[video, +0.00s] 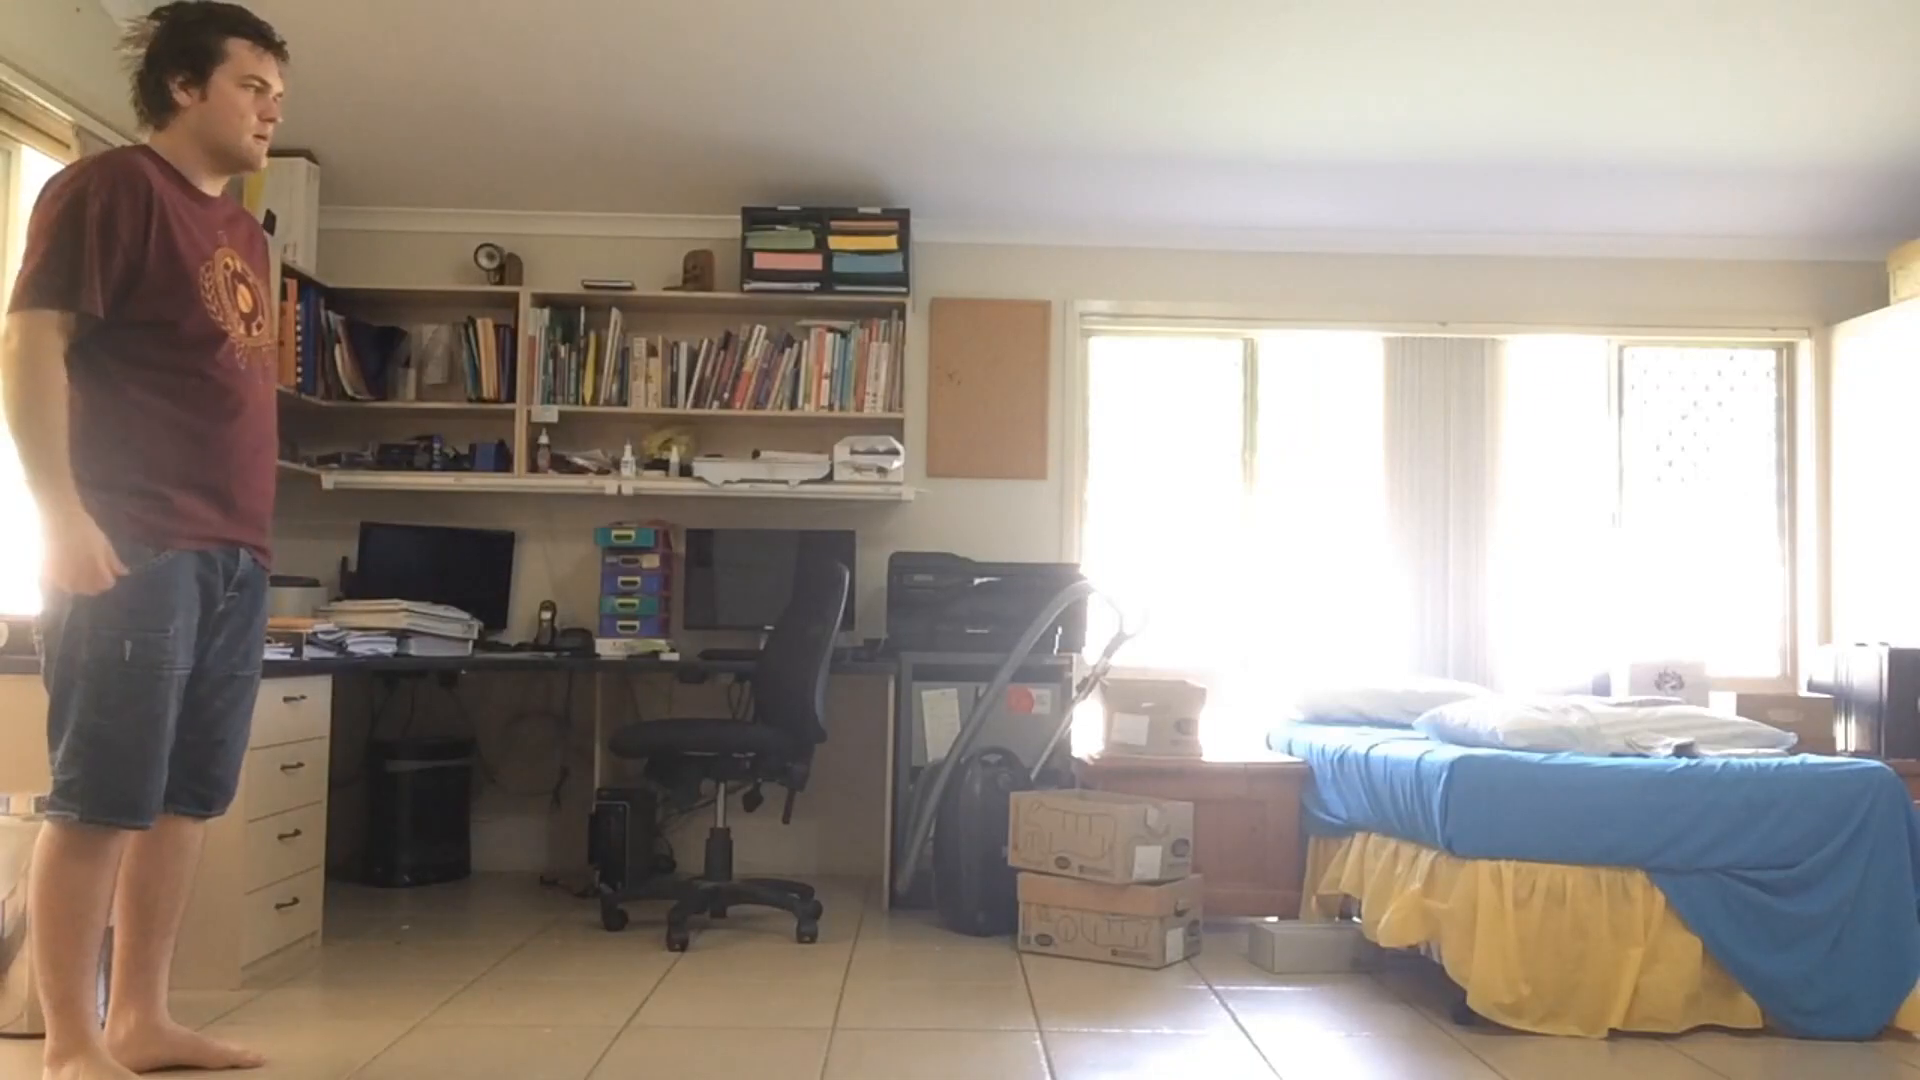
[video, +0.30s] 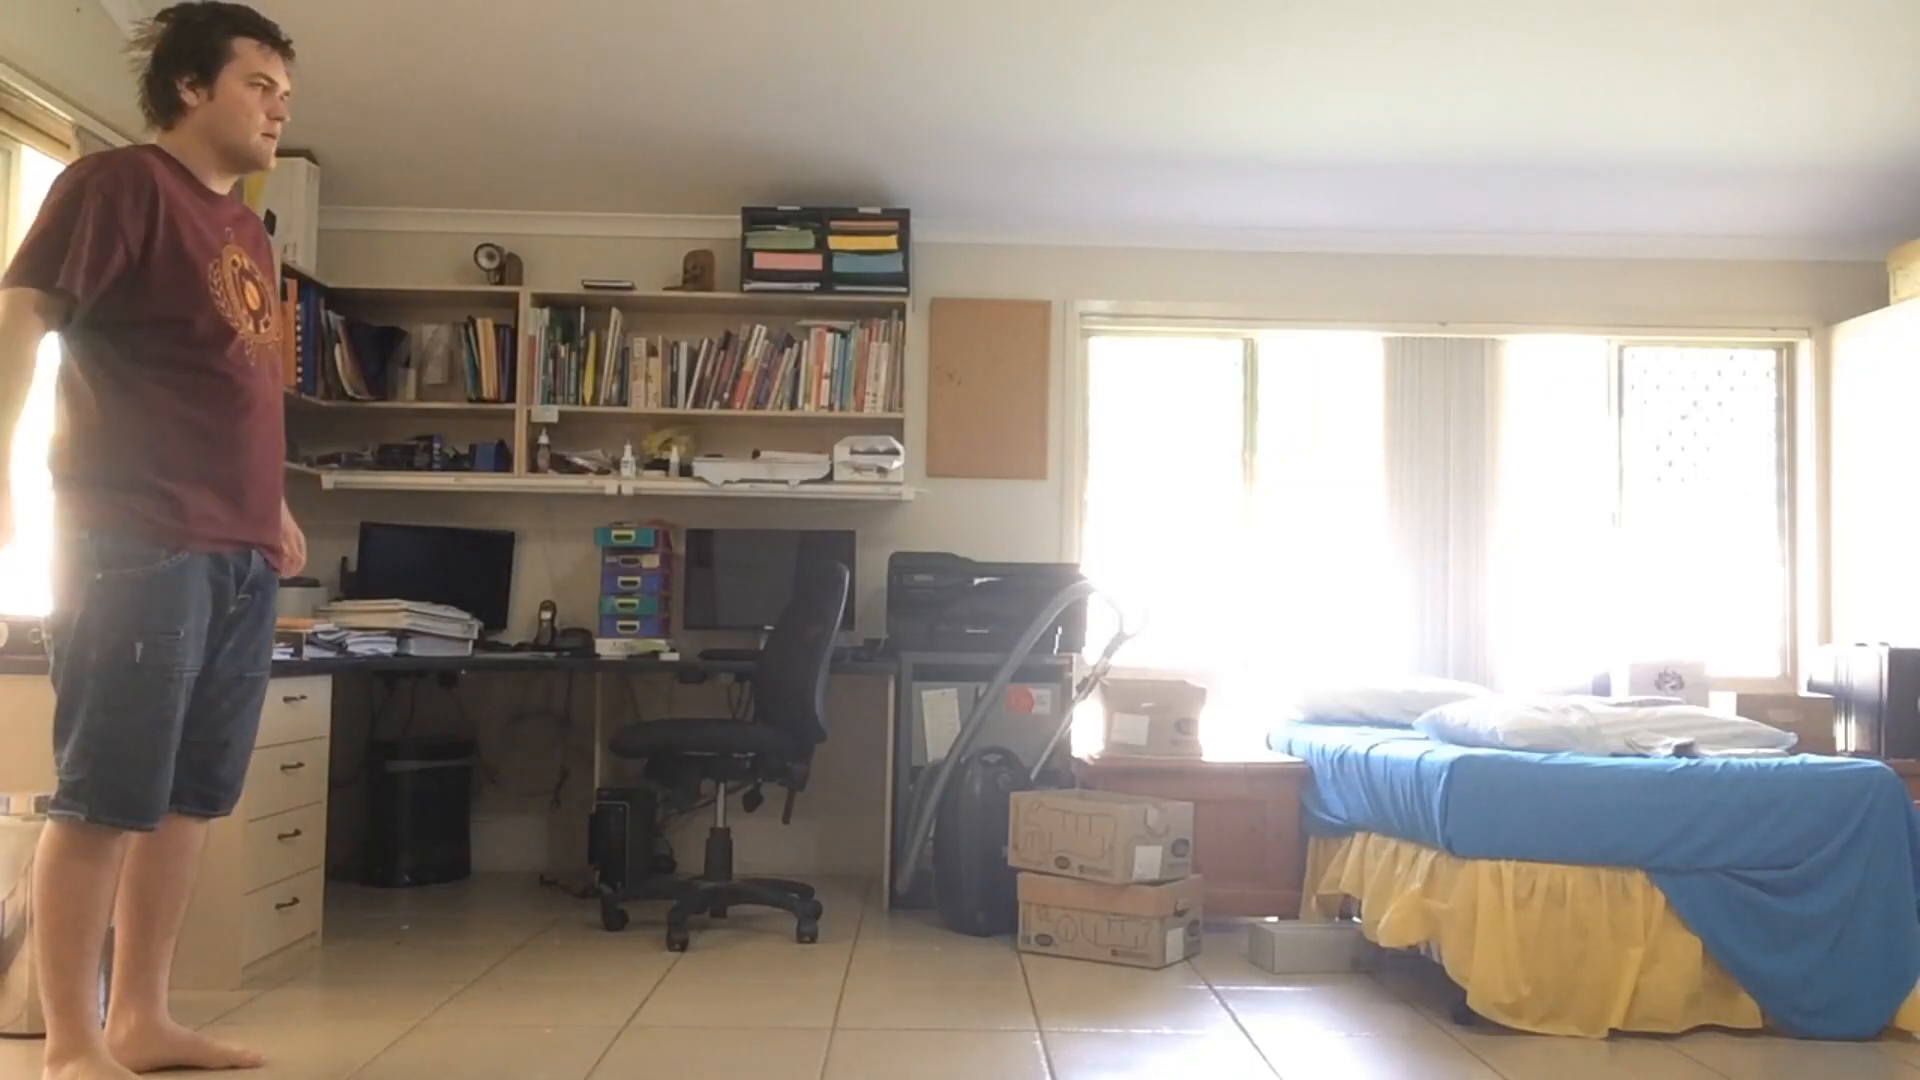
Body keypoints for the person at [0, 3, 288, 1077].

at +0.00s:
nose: (271, 110)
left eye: (277, 96)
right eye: (254, 88)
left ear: (261, 111)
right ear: (185, 88)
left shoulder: (249, 231)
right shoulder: (104, 187)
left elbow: (239, 384)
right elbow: (34, 348)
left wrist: (247, 530)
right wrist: (63, 518)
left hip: (234, 551)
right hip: (128, 543)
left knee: (180, 800)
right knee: (95, 800)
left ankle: (142, 1023)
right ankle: (65, 1042)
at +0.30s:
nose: (279, 108)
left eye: (285, 94)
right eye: (261, 86)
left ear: (268, 112)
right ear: (191, 89)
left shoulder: (252, 230)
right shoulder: (117, 180)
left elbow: (243, 394)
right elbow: (16, 322)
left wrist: (275, 509)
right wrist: (2, 492)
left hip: (243, 548)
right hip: (133, 539)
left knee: (185, 797)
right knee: (101, 796)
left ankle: (141, 1022)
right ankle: (68, 1045)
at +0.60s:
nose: (272, 100)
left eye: (277, 85)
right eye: (253, 79)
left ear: (264, 104)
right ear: (183, 88)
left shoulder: (252, 226)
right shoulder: (114, 182)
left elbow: (260, 400)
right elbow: (69, 357)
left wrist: (276, 537)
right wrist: (85, 532)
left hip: (249, 554)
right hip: (145, 545)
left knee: (184, 801)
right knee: (98, 801)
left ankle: (142, 1024)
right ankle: (69, 1046)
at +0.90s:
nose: (300, 107)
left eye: (304, 92)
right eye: (281, 83)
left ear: (286, 110)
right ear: (210, 89)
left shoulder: (271, 230)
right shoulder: (137, 180)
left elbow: (267, 400)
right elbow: (83, 353)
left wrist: (282, 537)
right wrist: (121, 528)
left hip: (252, 559)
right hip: (150, 549)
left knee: (188, 803)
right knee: (105, 803)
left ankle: (140, 1022)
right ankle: (68, 1046)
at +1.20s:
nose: (438, 184)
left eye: (441, 168)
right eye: (419, 159)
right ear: (347, 160)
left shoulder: (363, 293)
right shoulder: (233, 234)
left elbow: (270, 439)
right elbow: (108, 377)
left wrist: (261, 555)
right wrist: (112, 554)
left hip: (240, 575)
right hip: (139, 562)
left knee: (235, 798)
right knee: (157, 799)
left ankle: (143, 1022)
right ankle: (73, 1048)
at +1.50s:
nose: (533, 327)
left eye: (534, 309)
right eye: (516, 306)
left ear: (471, 323)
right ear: (448, 316)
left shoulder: (448, 423)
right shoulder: (339, 388)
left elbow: (347, 541)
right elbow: (183, 498)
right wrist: (126, 676)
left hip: (292, 665)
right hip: (199, 651)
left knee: (318, 858)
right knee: (271, 862)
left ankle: (147, 1030)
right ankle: (84, 1049)